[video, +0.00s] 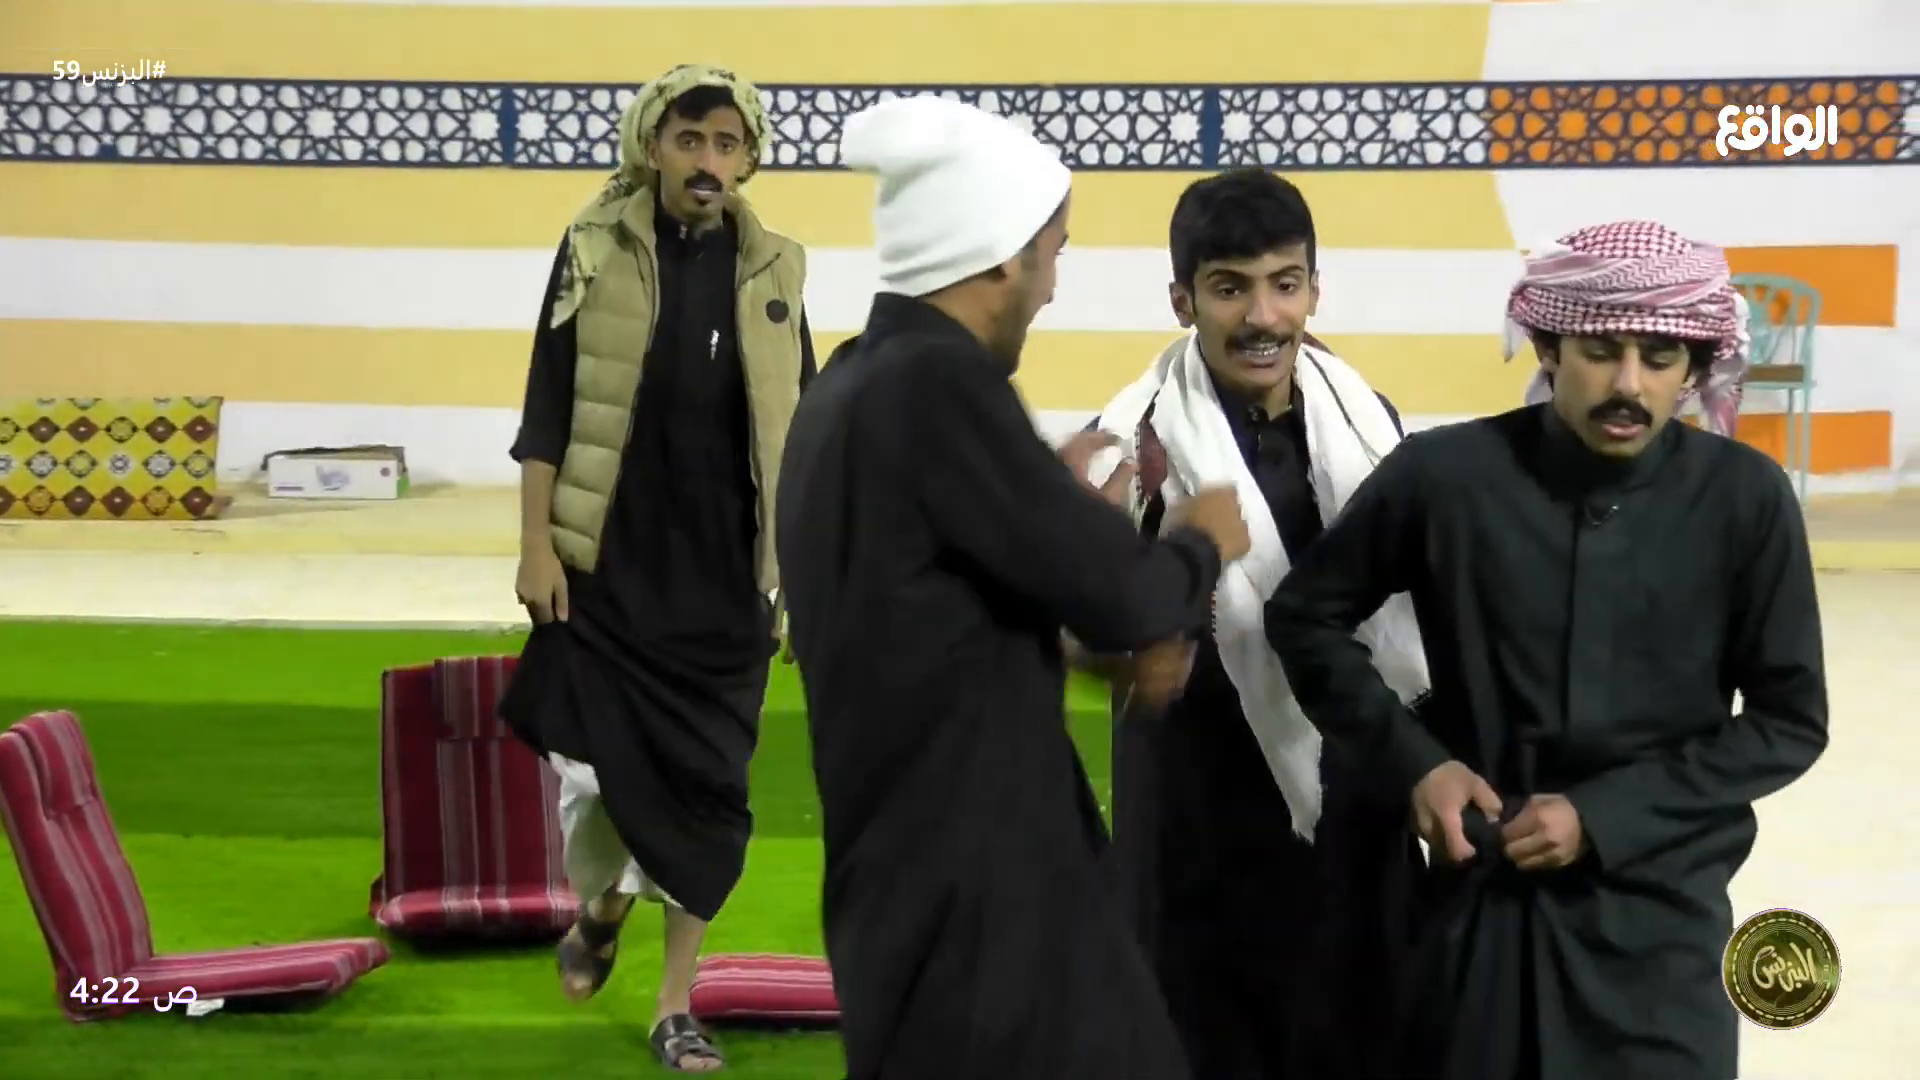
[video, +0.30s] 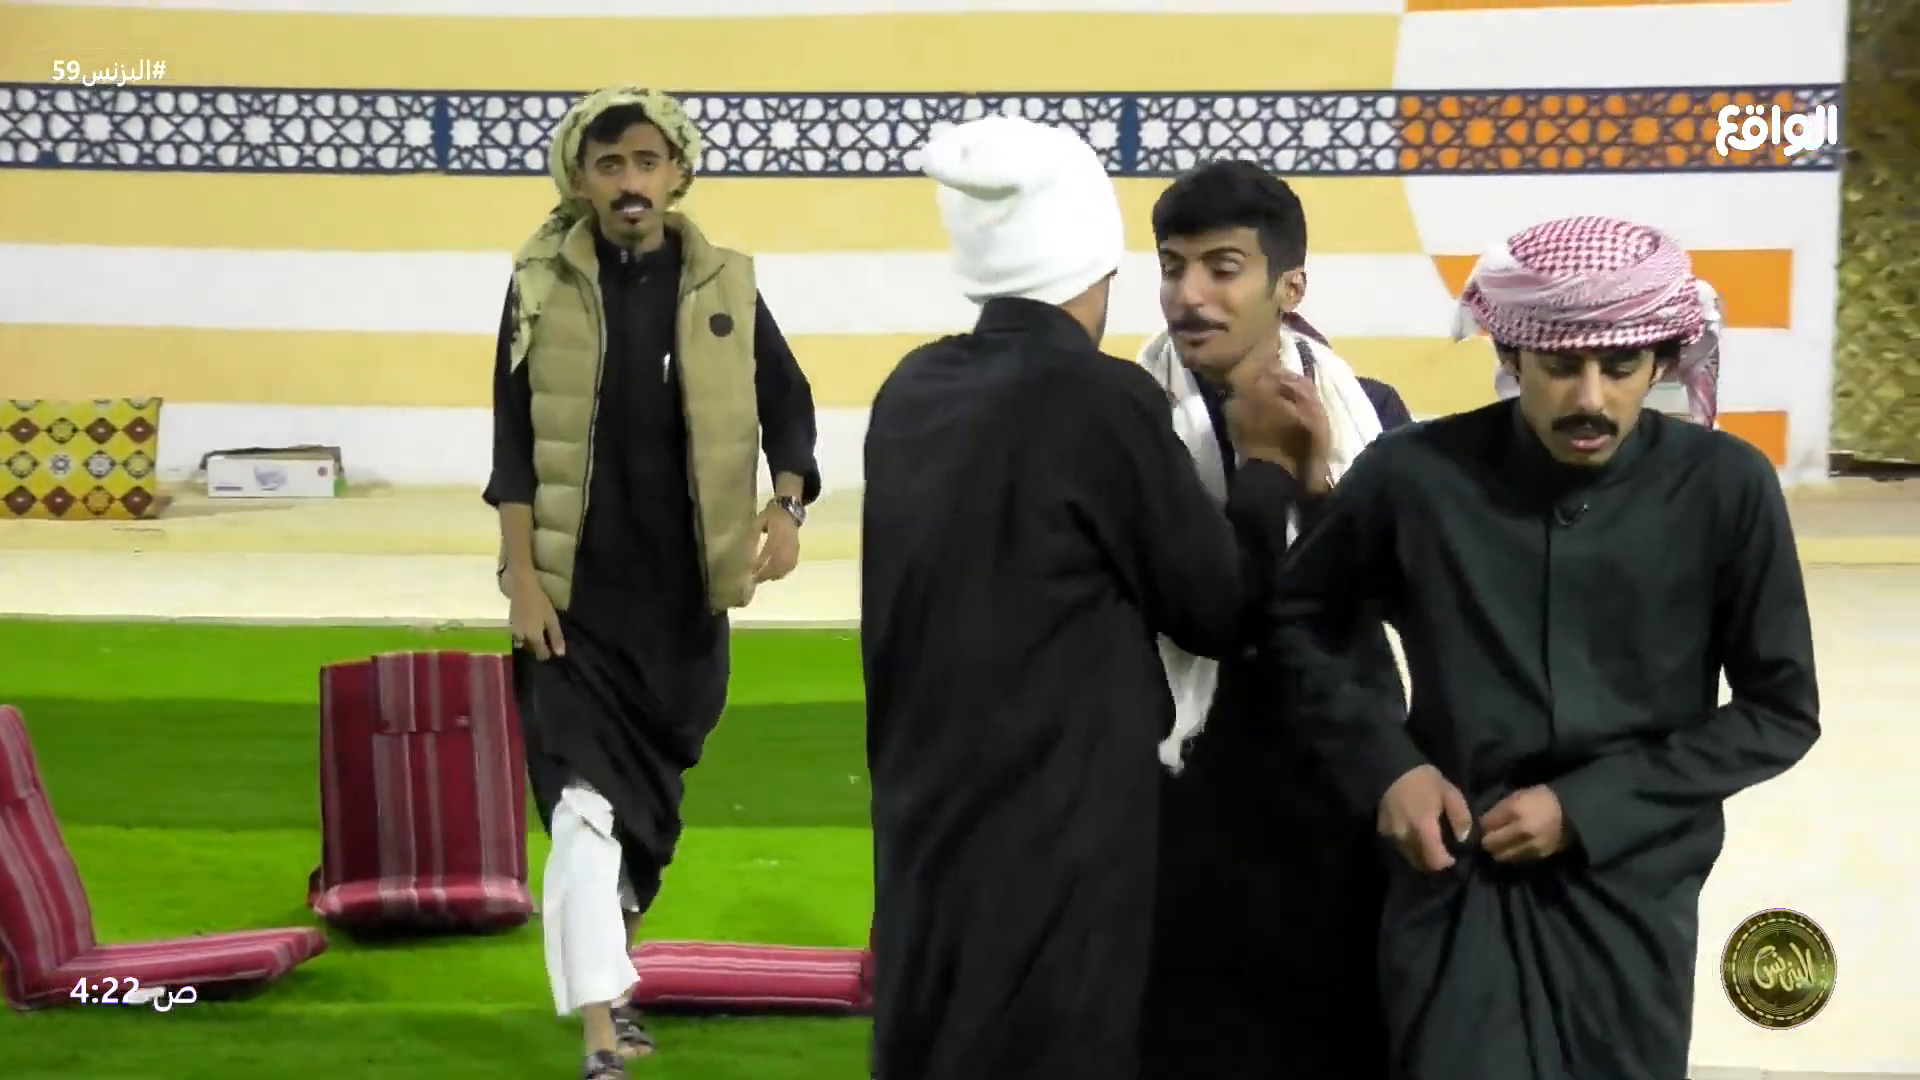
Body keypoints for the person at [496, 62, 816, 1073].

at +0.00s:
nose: (709, 159)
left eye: (728, 143)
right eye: (690, 139)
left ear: (751, 157)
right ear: (650, 146)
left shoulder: (774, 264)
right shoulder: (595, 248)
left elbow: (802, 413)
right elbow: (546, 404)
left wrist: (804, 560)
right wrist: (537, 538)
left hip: (732, 568)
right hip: (613, 561)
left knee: (711, 785)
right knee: (600, 773)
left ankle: (675, 1007)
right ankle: (604, 900)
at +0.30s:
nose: (631, 179)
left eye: (649, 160)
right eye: (610, 162)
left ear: (680, 172)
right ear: (579, 179)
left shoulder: (723, 280)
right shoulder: (540, 285)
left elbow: (786, 398)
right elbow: (515, 434)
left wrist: (788, 509)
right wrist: (519, 572)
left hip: (685, 586)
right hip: (570, 580)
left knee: (655, 806)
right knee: (583, 796)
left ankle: (608, 962)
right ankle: (600, 1025)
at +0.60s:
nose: (582, 180)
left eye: (598, 160)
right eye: (559, 165)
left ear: (630, 169)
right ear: (531, 182)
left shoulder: (678, 279)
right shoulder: (498, 287)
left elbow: (722, 427)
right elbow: (470, 444)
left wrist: (756, 562)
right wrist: (467, 586)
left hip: (652, 589)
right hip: (529, 591)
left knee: (663, 799)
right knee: (535, 815)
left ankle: (605, 921)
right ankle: (554, 1038)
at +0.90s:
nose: (640, 207)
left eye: (658, 191)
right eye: (621, 187)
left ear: (673, 199)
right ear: (579, 190)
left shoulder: (688, 299)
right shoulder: (521, 292)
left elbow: (735, 437)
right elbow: (489, 448)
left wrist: (779, 566)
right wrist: (484, 591)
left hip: (665, 603)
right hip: (547, 602)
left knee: (675, 804)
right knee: (536, 812)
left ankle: (649, 1031)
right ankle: (518, 1006)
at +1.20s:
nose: (665, 197)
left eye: (679, 181)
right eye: (647, 177)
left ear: (690, 191)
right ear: (597, 177)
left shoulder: (691, 283)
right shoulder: (538, 274)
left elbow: (768, 393)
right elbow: (506, 424)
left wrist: (744, 364)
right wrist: (527, 553)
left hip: (668, 573)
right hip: (571, 569)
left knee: (651, 777)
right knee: (585, 779)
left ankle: (625, 995)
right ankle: (495, 970)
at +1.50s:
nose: (624, 198)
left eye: (634, 182)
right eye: (606, 180)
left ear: (638, 185)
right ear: (553, 179)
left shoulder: (641, 283)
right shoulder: (503, 284)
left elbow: (701, 402)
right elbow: (484, 438)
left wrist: (765, 453)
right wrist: (517, 566)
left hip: (639, 570)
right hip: (543, 571)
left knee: (625, 758)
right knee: (547, 773)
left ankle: (604, 961)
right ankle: (526, 996)